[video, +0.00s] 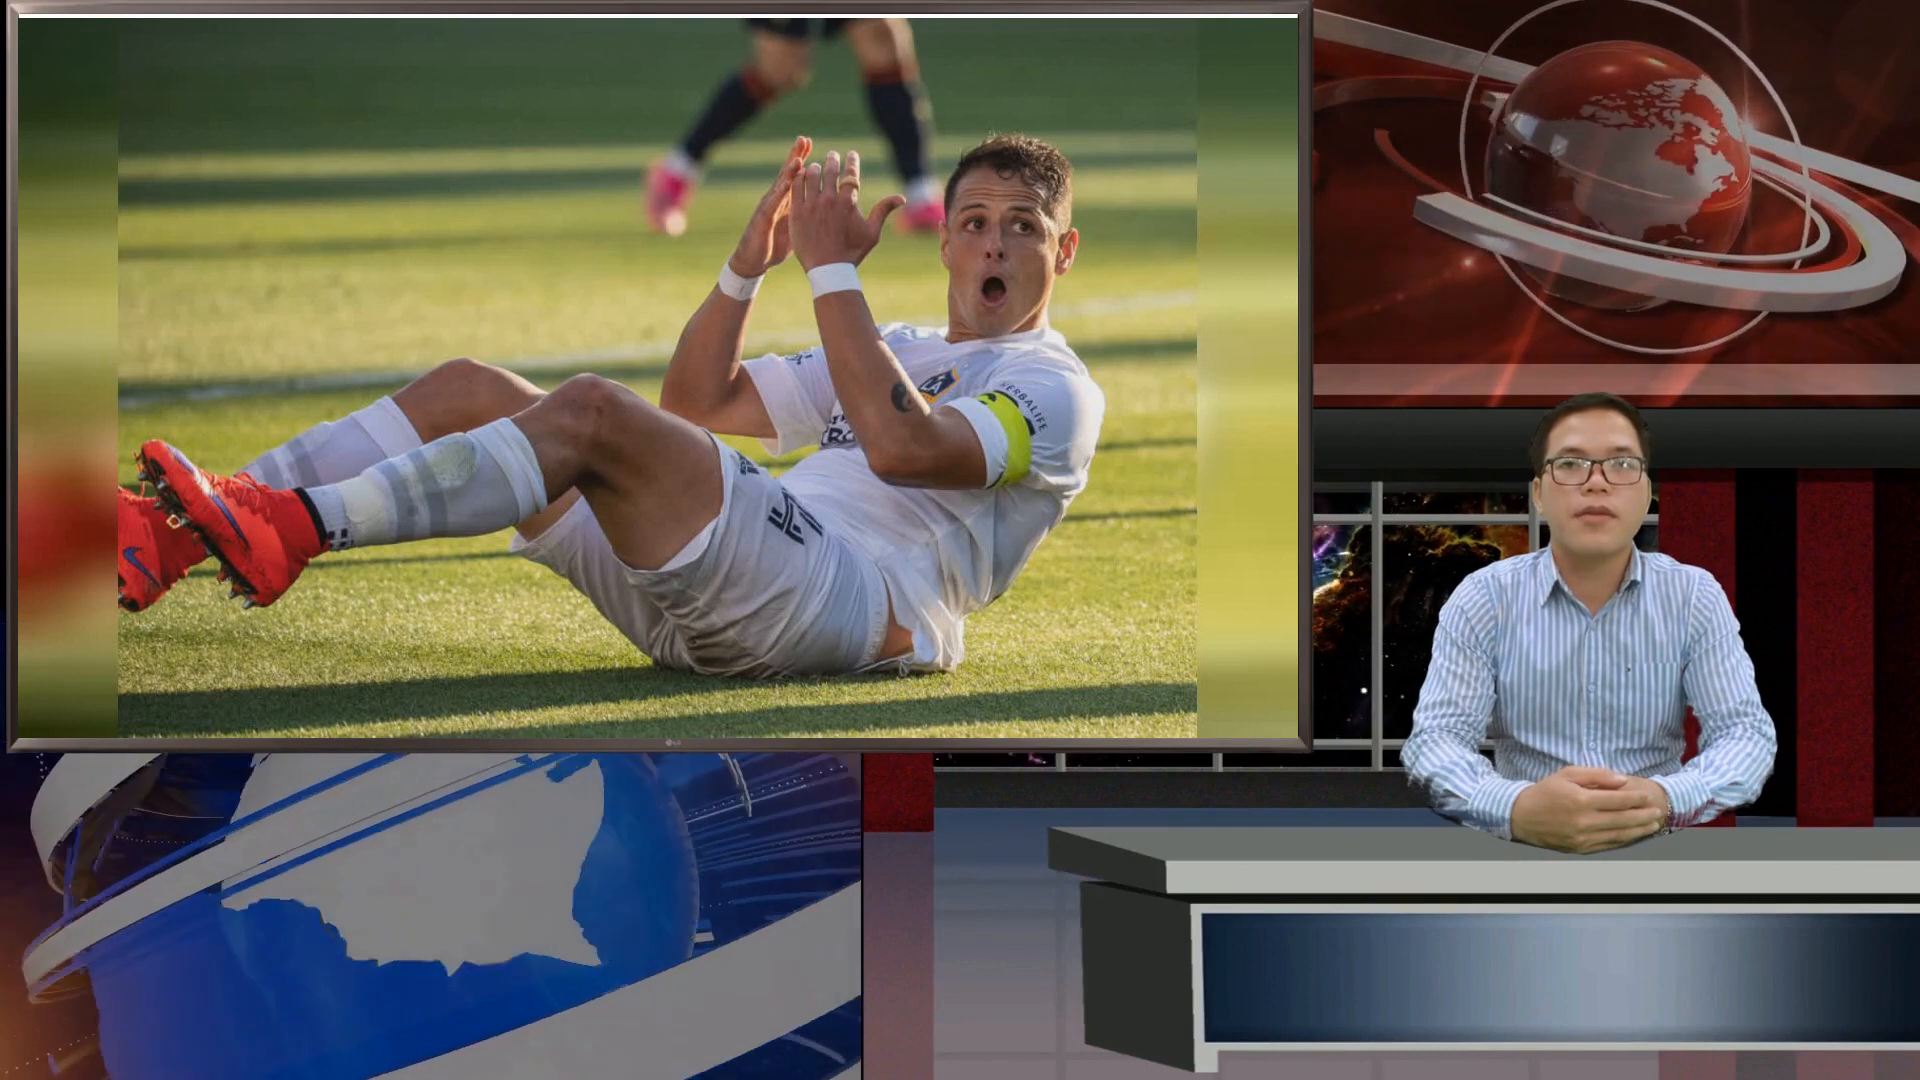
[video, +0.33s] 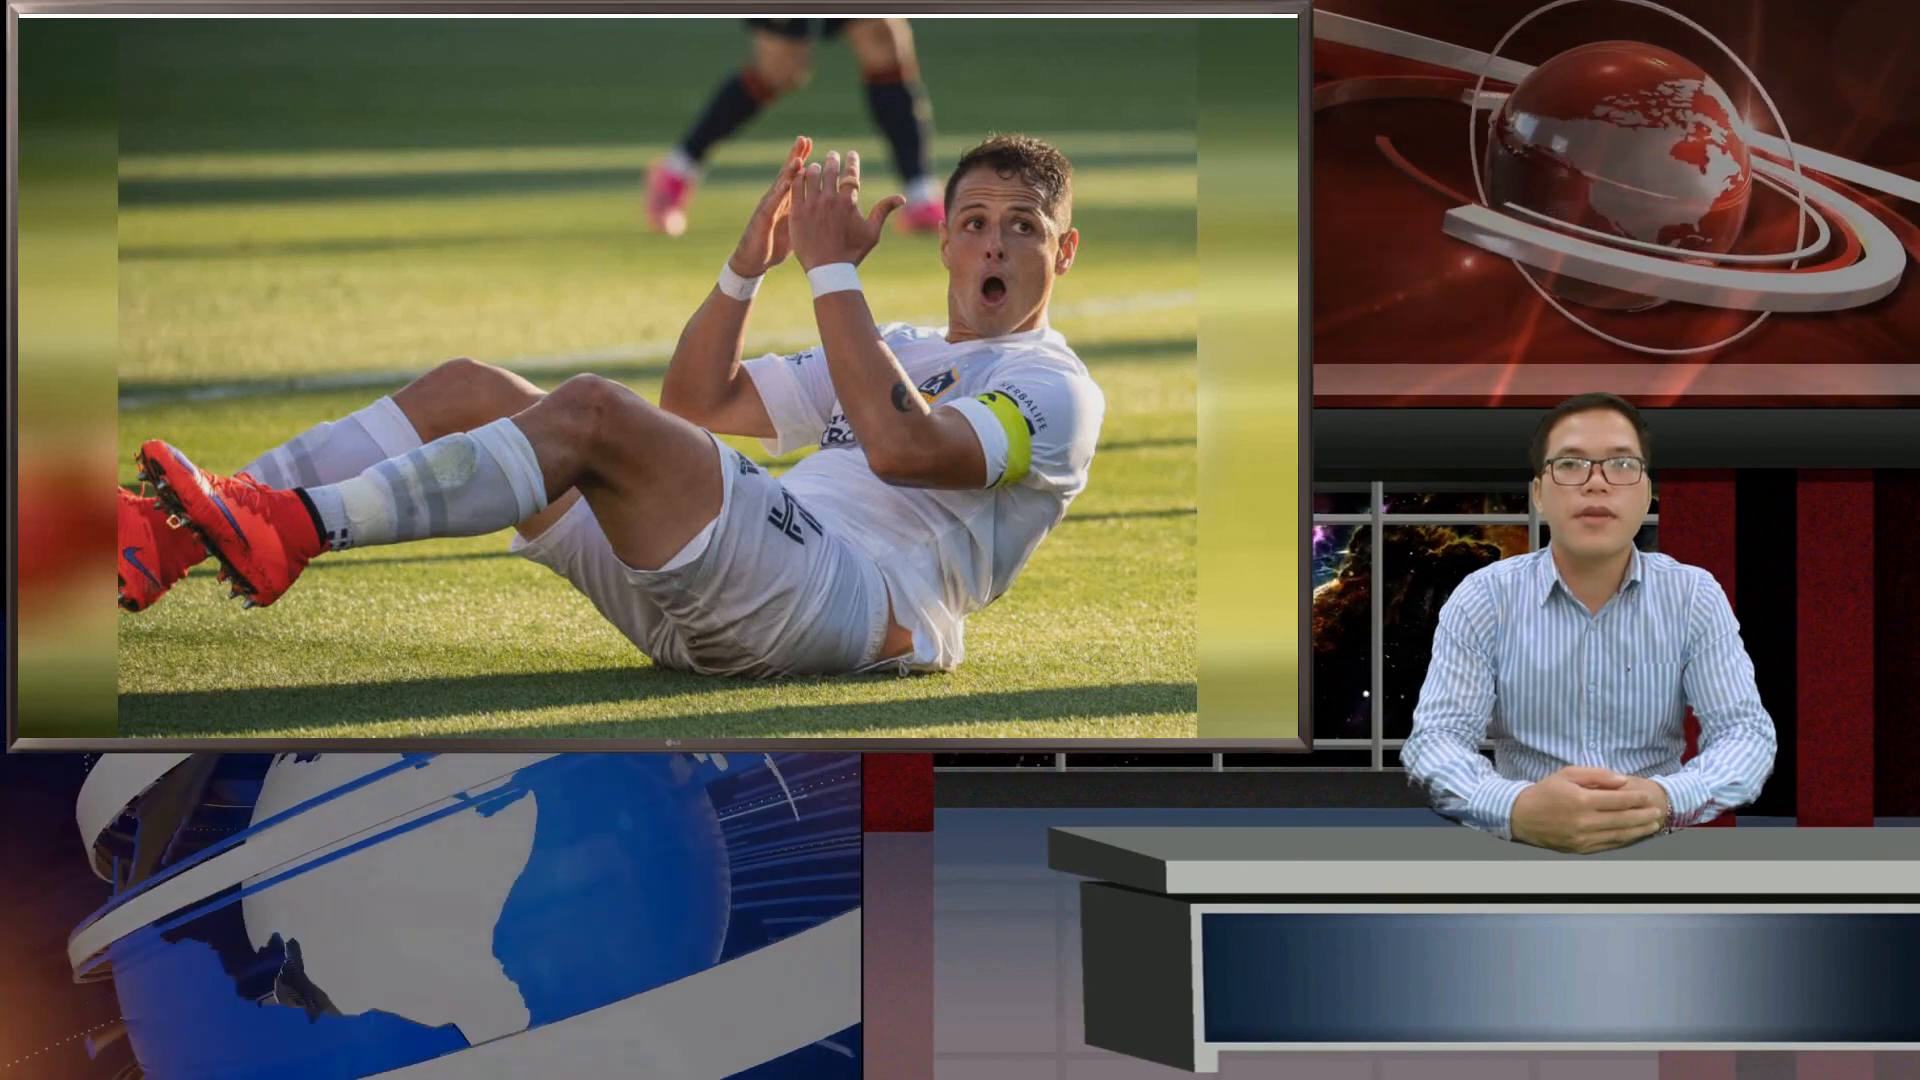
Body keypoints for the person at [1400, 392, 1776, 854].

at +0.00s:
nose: (1596, 483)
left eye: (1620, 464)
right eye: (1570, 464)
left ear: (1647, 495)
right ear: (1539, 496)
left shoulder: (1691, 598)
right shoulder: (1484, 601)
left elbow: (1745, 735)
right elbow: (1434, 744)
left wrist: (1667, 799)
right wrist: (1514, 809)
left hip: (1656, 852)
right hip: (1519, 856)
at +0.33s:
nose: (1596, 483)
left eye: (1620, 465)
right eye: (1570, 464)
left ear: (1646, 494)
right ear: (1538, 496)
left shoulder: (1690, 598)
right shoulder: (1484, 601)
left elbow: (1745, 735)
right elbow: (1433, 745)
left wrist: (1667, 799)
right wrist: (1514, 809)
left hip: (1656, 853)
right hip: (1520, 857)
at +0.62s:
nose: (1596, 483)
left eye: (1620, 465)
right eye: (1570, 464)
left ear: (1646, 494)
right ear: (1539, 496)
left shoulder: (1691, 598)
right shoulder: (1484, 601)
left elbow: (1745, 735)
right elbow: (1433, 745)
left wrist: (1667, 799)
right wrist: (1515, 809)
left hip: (1656, 853)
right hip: (1520, 857)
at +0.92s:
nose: (1596, 483)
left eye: (1620, 464)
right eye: (1571, 464)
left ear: (1647, 494)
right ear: (1539, 496)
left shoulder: (1691, 598)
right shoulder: (1485, 601)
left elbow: (1745, 735)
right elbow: (1433, 745)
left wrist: (1667, 799)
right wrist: (1515, 809)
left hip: (1656, 853)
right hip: (1520, 857)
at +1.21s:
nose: (1596, 483)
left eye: (1620, 465)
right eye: (1571, 464)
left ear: (1647, 495)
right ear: (1539, 496)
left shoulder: (1691, 598)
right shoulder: (1485, 601)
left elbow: (1745, 735)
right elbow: (1433, 745)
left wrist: (1667, 799)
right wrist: (1514, 809)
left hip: (1656, 853)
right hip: (1520, 857)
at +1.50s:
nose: (1597, 483)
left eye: (1620, 465)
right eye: (1571, 464)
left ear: (1647, 495)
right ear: (1539, 496)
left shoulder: (1691, 598)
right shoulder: (1484, 601)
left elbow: (1745, 735)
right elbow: (1433, 745)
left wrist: (1667, 799)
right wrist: (1514, 809)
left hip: (1657, 853)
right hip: (1520, 856)